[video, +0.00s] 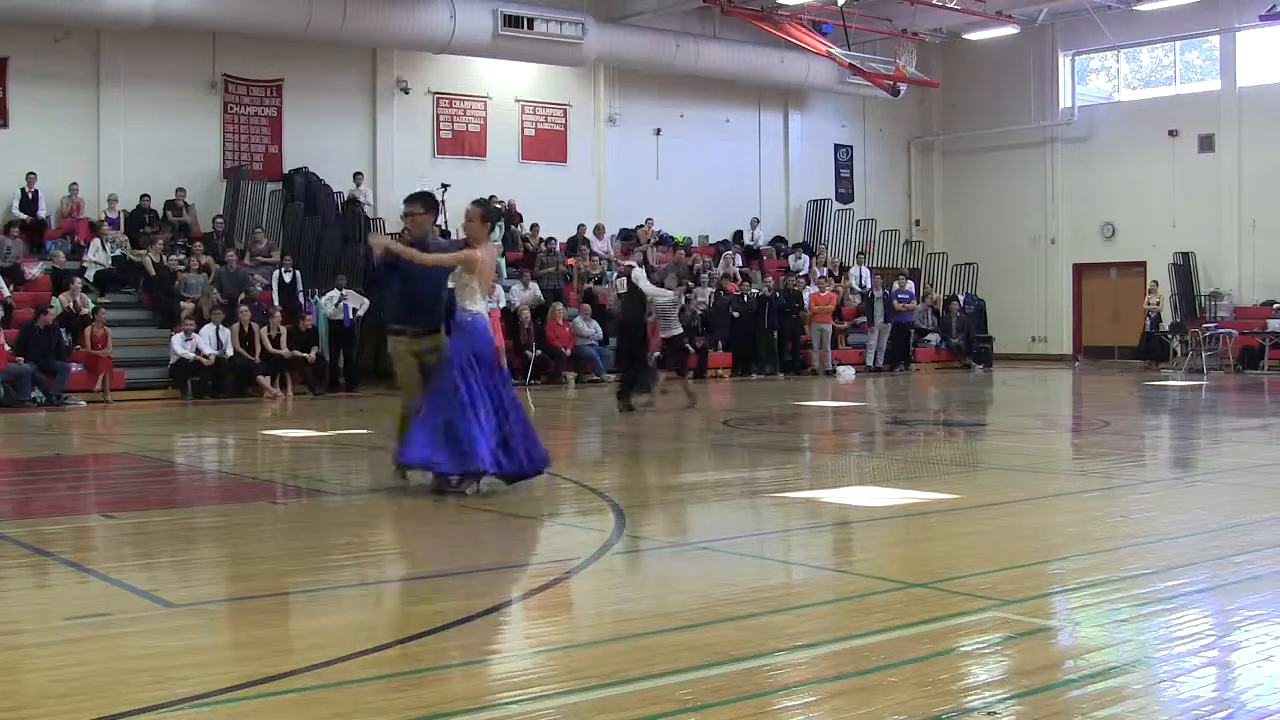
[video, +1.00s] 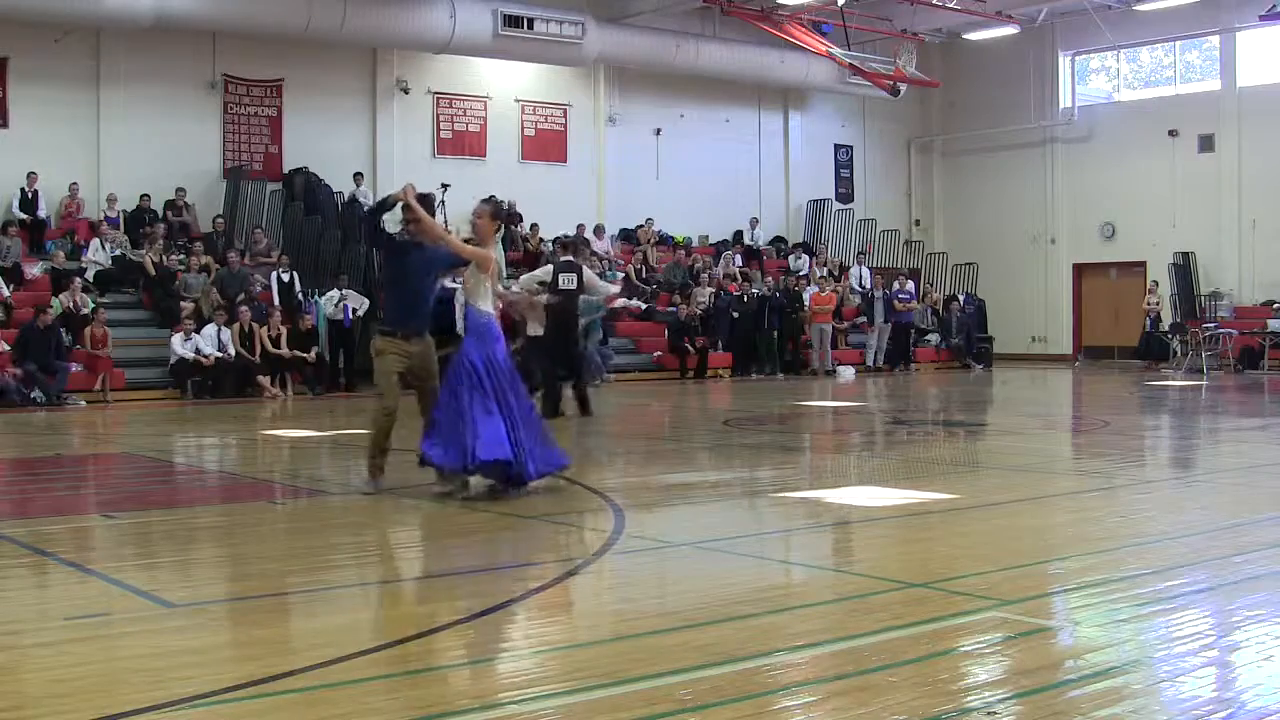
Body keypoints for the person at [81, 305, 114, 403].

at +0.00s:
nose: (105, 316)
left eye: (105, 313)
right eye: (102, 314)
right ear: (95, 316)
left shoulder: (107, 330)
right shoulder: (88, 330)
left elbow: (109, 348)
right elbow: (89, 350)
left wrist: (104, 352)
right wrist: (101, 352)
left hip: (103, 355)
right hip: (92, 355)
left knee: (104, 359)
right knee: (106, 365)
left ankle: (99, 382)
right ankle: (107, 394)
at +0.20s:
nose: (105, 316)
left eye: (105, 313)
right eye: (102, 314)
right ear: (95, 316)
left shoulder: (107, 330)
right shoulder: (88, 330)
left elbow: (109, 348)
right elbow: (89, 350)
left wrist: (102, 352)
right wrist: (100, 352)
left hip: (103, 355)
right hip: (92, 356)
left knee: (104, 360)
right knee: (106, 365)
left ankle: (99, 382)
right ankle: (107, 394)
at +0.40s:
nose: (105, 316)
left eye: (105, 313)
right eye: (102, 313)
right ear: (95, 315)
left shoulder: (107, 330)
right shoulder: (88, 330)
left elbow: (109, 348)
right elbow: (88, 350)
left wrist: (103, 352)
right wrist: (99, 352)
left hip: (103, 355)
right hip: (92, 356)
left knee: (104, 360)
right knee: (106, 365)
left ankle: (98, 382)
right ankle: (107, 394)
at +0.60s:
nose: (105, 316)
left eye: (105, 313)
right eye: (102, 313)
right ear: (95, 315)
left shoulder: (107, 330)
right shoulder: (88, 330)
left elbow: (109, 348)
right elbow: (88, 349)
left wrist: (102, 352)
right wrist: (99, 352)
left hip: (103, 355)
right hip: (92, 356)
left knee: (104, 361)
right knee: (106, 366)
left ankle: (99, 382)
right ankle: (107, 394)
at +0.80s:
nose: (104, 316)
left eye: (105, 313)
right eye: (101, 313)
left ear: (105, 315)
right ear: (95, 315)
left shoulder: (107, 330)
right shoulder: (88, 330)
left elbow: (109, 347)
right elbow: (88, 349)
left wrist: (105, 351)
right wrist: (99, 352)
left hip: (103, 354)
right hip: (93, 355)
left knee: (104, 361)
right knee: (106, 365)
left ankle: (98, 381)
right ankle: (107, 393)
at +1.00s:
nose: (104, 316)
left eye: (105, 313)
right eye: (101, 313)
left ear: (105, 315)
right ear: (95, 315)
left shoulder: (107, 330)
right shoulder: (88, 330)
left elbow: (109, 347)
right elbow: (88, 349)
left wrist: (105, 351)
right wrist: (99, 352)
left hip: (103, 354)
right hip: (92, 355)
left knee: (104, 361)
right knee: (106, 365)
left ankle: (99, 381)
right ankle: (107, 393)